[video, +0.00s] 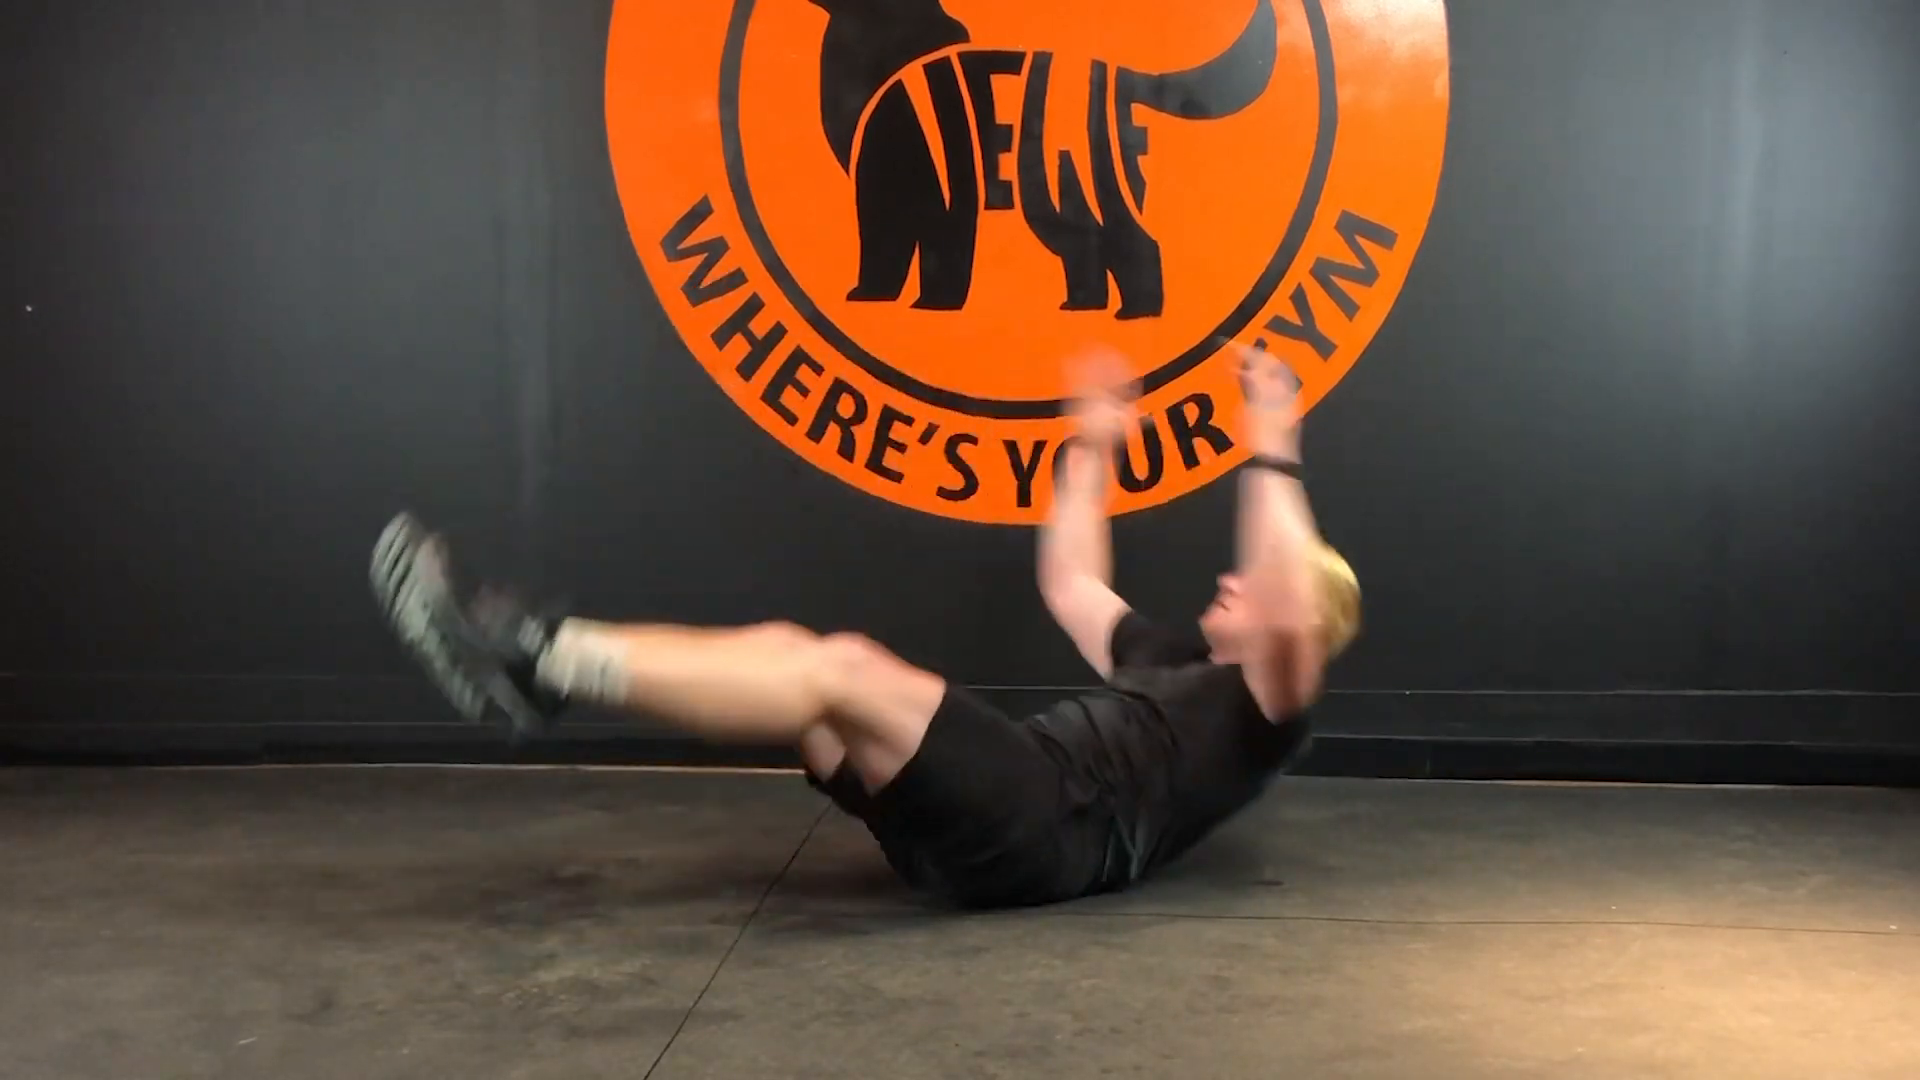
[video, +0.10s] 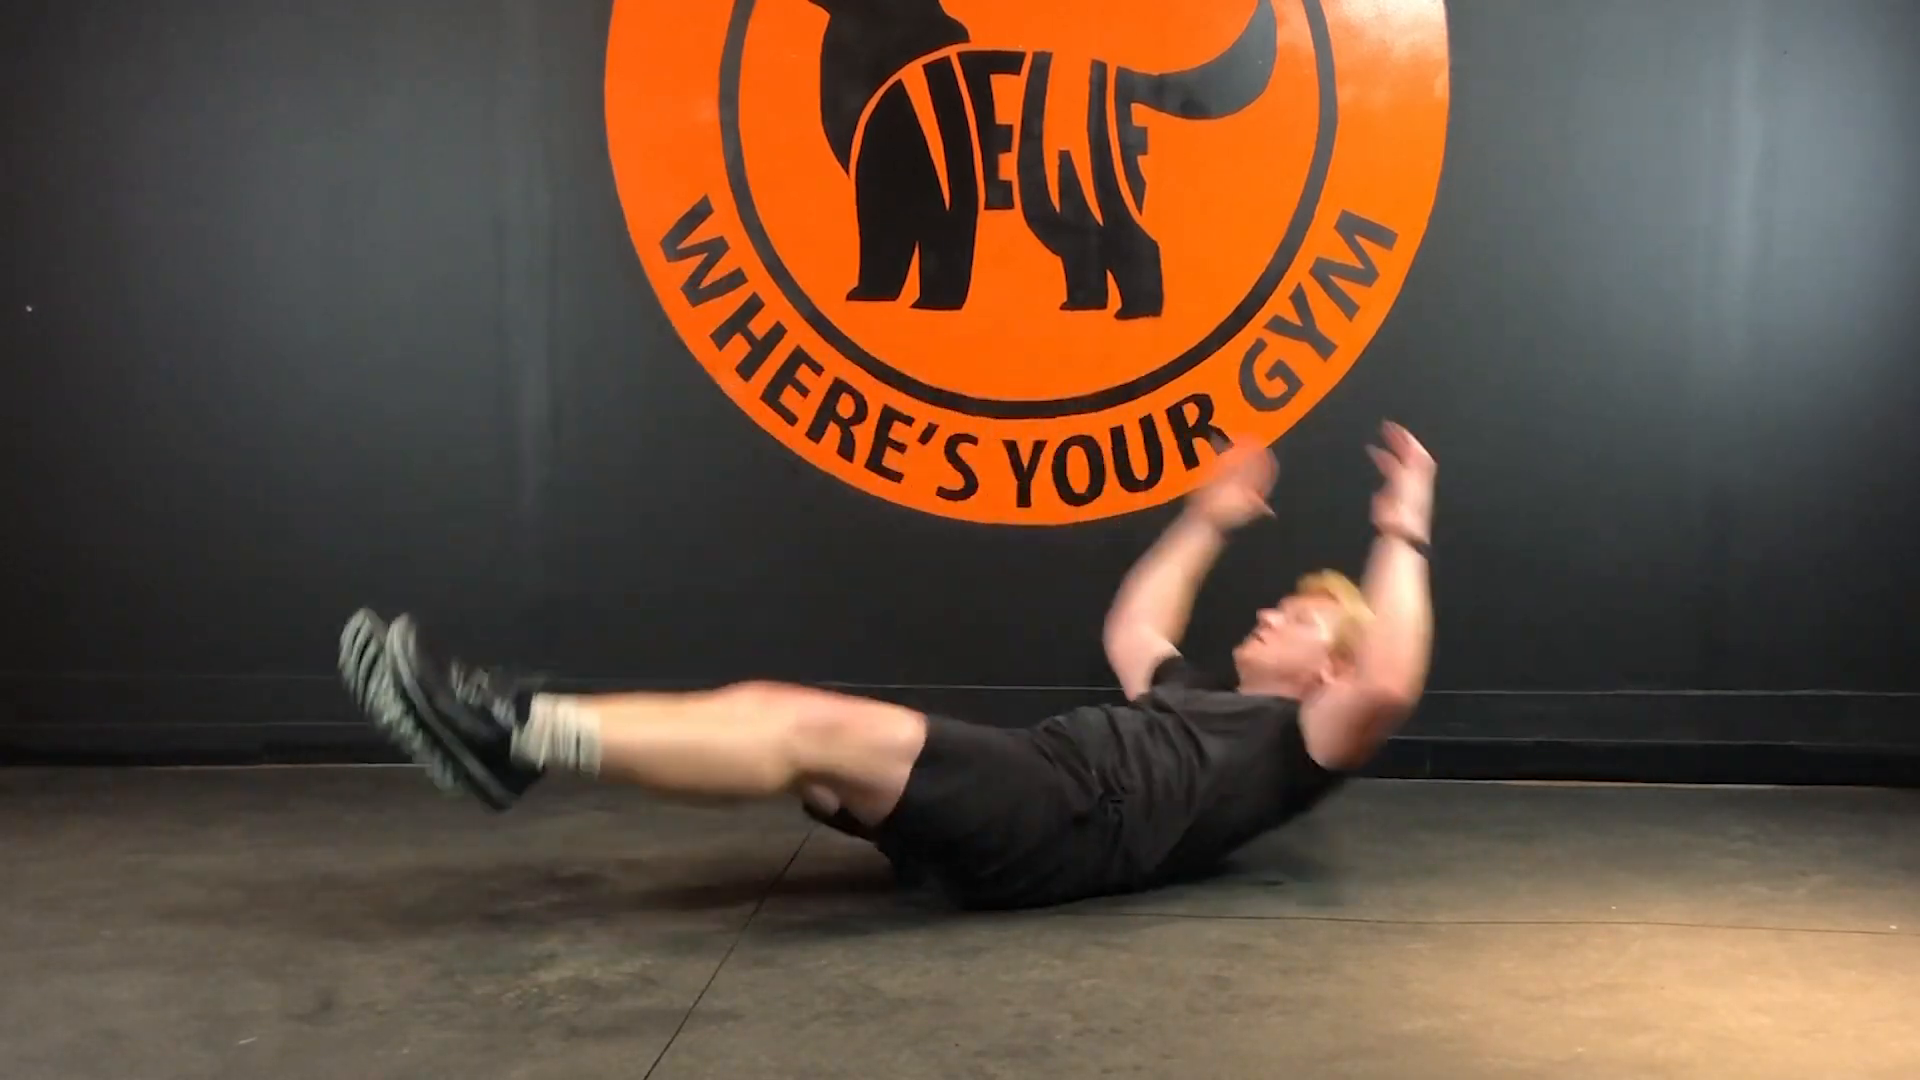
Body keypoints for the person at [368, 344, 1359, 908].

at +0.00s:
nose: (1223, 585)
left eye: (1253, 580)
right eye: (1236, 573)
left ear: (1302, 630)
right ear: (1233, 605)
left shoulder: (1257, 713)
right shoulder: (1169, 667)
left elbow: (1291, 621)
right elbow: (1076, 582)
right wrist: (1092, 445)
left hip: (1049, 826)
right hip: (986, 803)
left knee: (842, 667)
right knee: (794, 659)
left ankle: (547, 653)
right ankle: (519, 679)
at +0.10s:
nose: (1282, 616)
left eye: (1310, 615)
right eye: (1289, 607)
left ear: (1345, 669)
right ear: (1265, 638)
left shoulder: (1296, 734)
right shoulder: (1196, 701)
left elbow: (1393, 675)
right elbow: (1138, 627)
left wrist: (1405, 534)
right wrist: (1206, 517)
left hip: (1062, 812)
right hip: (1006, 789)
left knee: (807, 721)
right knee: (779, 713)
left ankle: (520, 734)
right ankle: (510, 735)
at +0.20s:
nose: (1316, 652)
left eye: (1346, 657)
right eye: (1317, 642)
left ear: (1370, 719)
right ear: (1289, 662)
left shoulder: (1320, 775)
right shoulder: (1218, 714)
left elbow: (1461, 762)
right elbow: (1195, 679)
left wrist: (1481, 630)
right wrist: (1291, 603)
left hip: (1075, 808)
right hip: (1028, 760)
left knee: (827, 754)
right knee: (781, 755)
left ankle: (523, 781)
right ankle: (496, 787)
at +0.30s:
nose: (1320, 674)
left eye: (1348, 682)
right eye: (1331, 668)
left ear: (1375, 733)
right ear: (1314, 693)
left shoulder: (1345, 787)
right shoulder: (1229, 732)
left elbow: (1493, 821)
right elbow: (1080, 747)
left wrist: (1534, 720)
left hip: (1068, 807)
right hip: (992, 753)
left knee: (846, 761)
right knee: (769, 737)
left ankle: (533, 808)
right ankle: (497, 804)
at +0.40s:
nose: (1326, 683)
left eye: (1355, 693)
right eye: (1334, 676)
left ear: (1381, 743)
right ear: (1313, 701)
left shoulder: (1351, 793)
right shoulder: (1236, 738)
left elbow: (1499, 820)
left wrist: (1519, 758)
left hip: (1071, 808)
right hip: (995, 749)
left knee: (845, 755)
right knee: (784, 725)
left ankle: (544, 797)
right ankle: (500, 786)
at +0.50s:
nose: (1333, 679)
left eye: (1360, 685)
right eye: (1335, 669)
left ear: (1379, 738)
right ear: (1310, 688)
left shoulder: (1330, 789)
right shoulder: (1228, 721)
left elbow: (1452, 749)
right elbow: (1204, 666)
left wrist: (1450, 646)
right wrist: (1320, 601)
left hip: (1084, 814)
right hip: (1029, 758)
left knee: (849, 730)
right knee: (790, 718)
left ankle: (554, 756)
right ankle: (523, 746)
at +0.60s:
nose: (1306, 655)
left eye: (1328, 656)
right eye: (1308, 645)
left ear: (1359, 699)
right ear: (1299, 672)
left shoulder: (1316, 763)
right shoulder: (1217, 716)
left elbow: (1312, 664)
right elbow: (1135, 609)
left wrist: (1261, 519)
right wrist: (1164, 483)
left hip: (1067, 825)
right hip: (1018, 789)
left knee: (858, 689)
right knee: (803, 676)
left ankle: (579, 720)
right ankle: (527, 657)